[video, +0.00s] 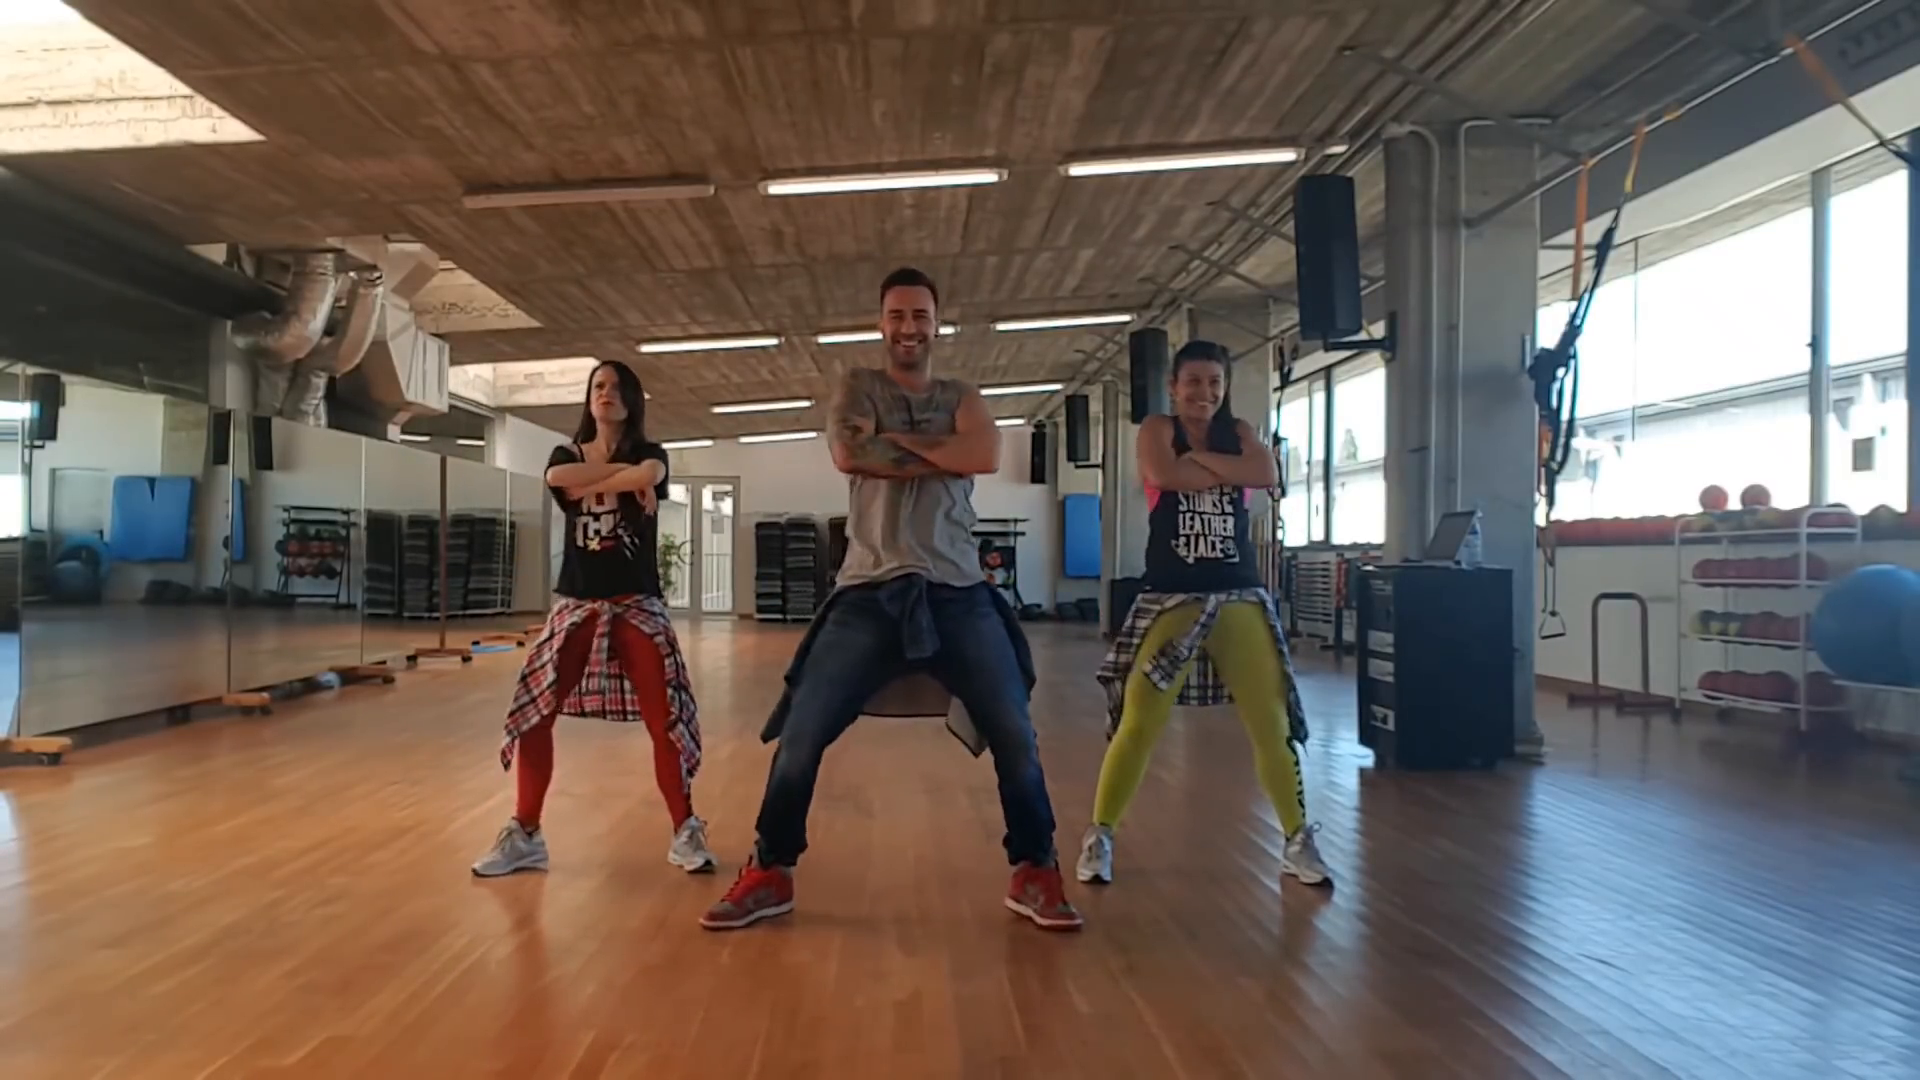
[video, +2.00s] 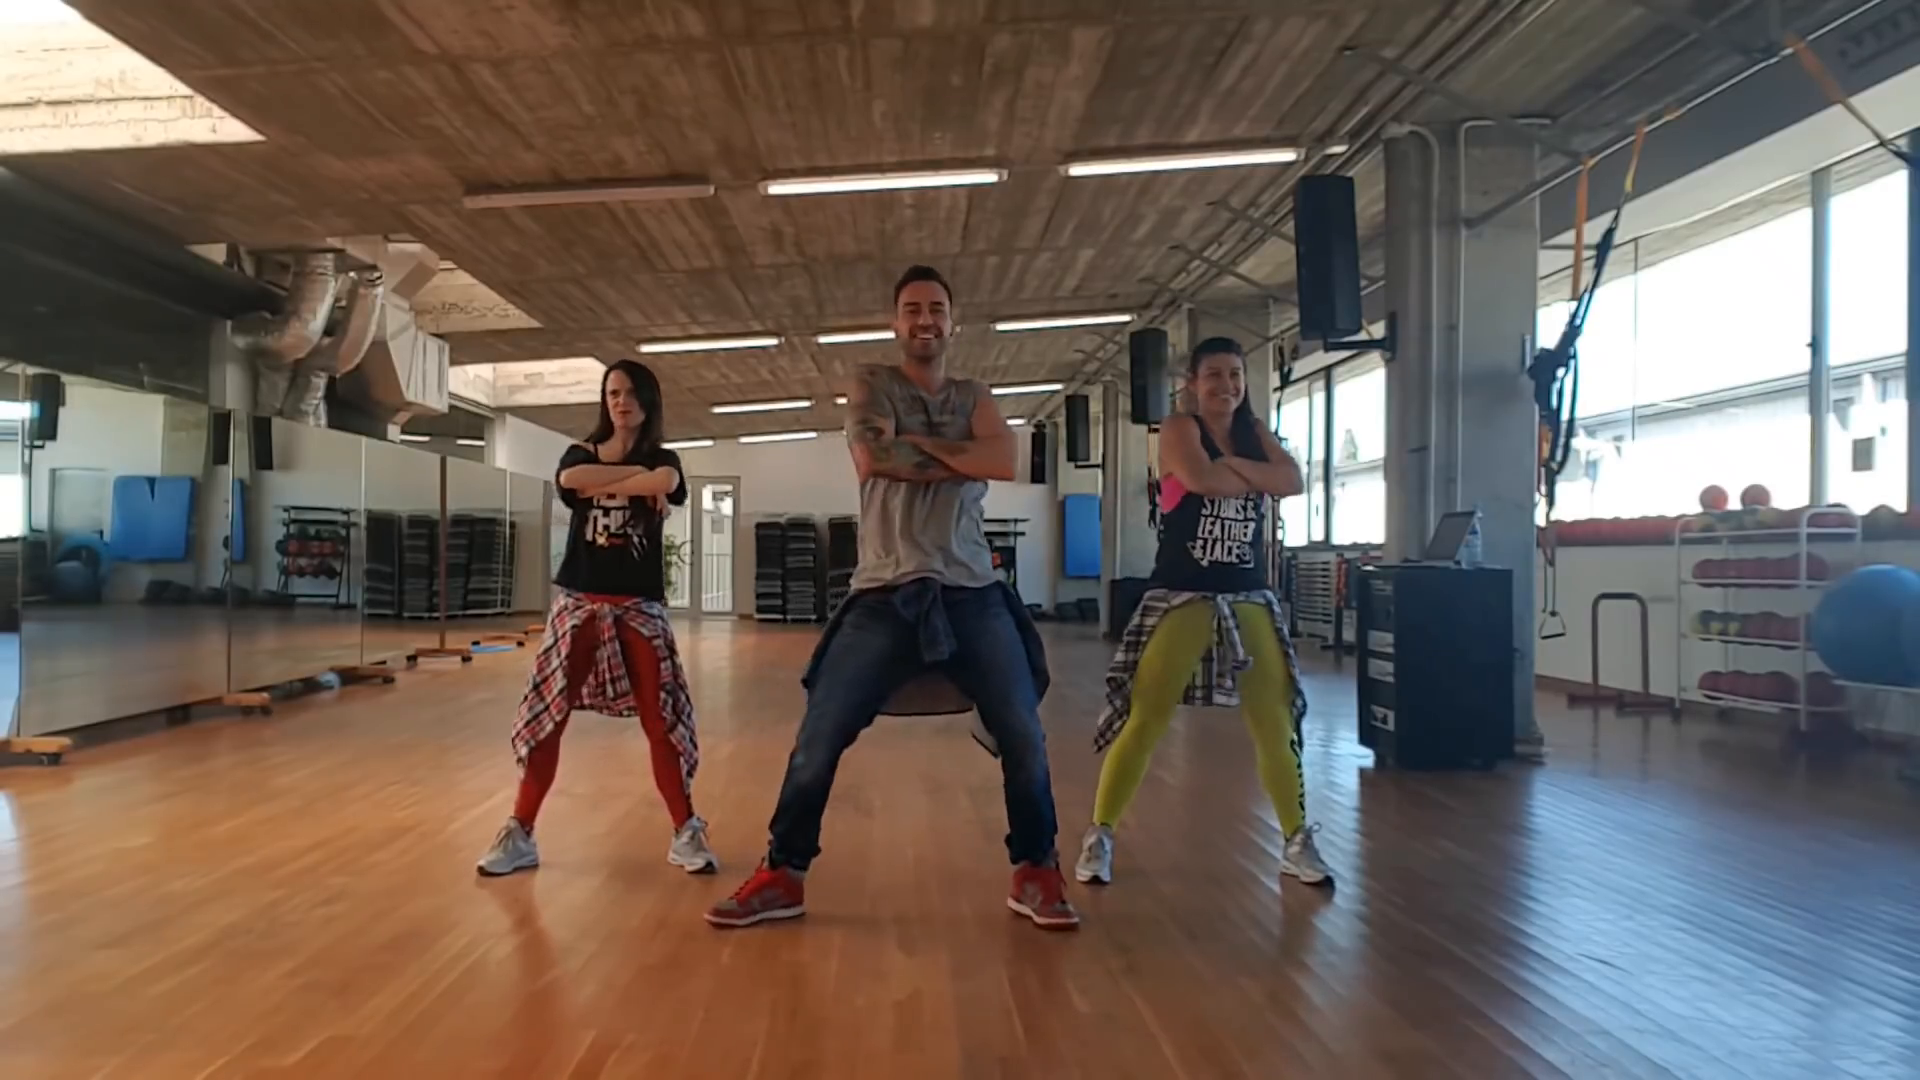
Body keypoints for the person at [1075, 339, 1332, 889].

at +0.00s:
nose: (1201, 392)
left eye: (1212, 383)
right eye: (1192, 382)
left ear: (1224, 388)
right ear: (1173, 385)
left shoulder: (1240, 431)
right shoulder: (1156, 429)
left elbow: (1265, 474)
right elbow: (1161, 475)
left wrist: (1194, 455)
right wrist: (1232, 469)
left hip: (1238, 594)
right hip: (1169, 596)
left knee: (1270, 723)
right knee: (1138, 724)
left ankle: (1298, 841)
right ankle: (1099, 838)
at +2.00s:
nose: (1227, 383)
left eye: (1234, 374)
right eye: (1215, 375)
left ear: (1245, 383)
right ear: (1191, 384)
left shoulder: (1253, 430)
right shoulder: (1177, 429)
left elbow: (1292, 480)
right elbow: (1202, 480)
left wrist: (1229, 462)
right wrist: (1260, 479)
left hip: (1250, 595)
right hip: (1183, 595)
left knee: (1274, 719)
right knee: (1147, 718)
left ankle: (1297, 842)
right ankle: (1099, 837)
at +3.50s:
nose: (1197, 374)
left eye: (1206, 367)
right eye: (1186, 366)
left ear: (1220, 379)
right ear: (1170, 379)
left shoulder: (1236, 426)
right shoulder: (1153, 429)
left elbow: (1257, 464)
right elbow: (1141, 478)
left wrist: (1181, 462)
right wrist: (1220, 476)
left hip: (1233, 591)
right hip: (1164, 591)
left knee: (1264, 714)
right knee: (1138, 717)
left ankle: (1297, 841)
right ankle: (1098, 838)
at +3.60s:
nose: (1192, 372)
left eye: (1202, 364)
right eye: (1182, 364)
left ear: (1216, 377)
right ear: (1164, 377)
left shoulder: (1235, 426)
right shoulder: (1146, 429)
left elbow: (1270, 454)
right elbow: (1108, 475)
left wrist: (1203, 431)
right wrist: (1165, 460)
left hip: (1227, 591)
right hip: (1157, 591)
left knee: (1260, 714)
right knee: (1134, 715)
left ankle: (1297, 840)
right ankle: (1098, 838)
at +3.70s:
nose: (1193, 371)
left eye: (1202, 362)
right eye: (1182, 362)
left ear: (1216, 377)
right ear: (1164, 376)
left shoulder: (1232, 428)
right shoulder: (1146, 430)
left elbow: (1287, 444)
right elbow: (1094, 461)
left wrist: (1241, 387)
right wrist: (1145, 410)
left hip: (1226, 592)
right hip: (1157, 592)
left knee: (1258, 712)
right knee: (1132, 714)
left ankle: (1295, 840)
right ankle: (1098, 838)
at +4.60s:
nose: (1141, 382)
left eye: (1151, 373)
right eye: (1131, 372)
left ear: (1168, 386)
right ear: (1116, 382)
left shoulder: (1181, 445)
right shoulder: (1097, 437)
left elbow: (1256, 451)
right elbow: (1065, 450)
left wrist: (1245, 386)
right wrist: (1101, 392)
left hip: (1164, 600)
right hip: (1095, 600)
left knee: (1219, 710)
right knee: (1085, 729)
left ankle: (1248, 827)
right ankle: (1076, 837)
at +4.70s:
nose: (1132, 375)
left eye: (1143, 367)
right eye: (1123, 366)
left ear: (1158, 378)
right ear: (1107, 375)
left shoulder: (1173, 437)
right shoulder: (1085, 430)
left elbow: (1248, 442)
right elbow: (1029, 444)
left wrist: (1231, 380)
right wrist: (1054, 381)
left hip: (1156, 595)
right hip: (1087, 594)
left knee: (1201, 703)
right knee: (1086, 722)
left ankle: (1177, 813)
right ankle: (1076, 836)